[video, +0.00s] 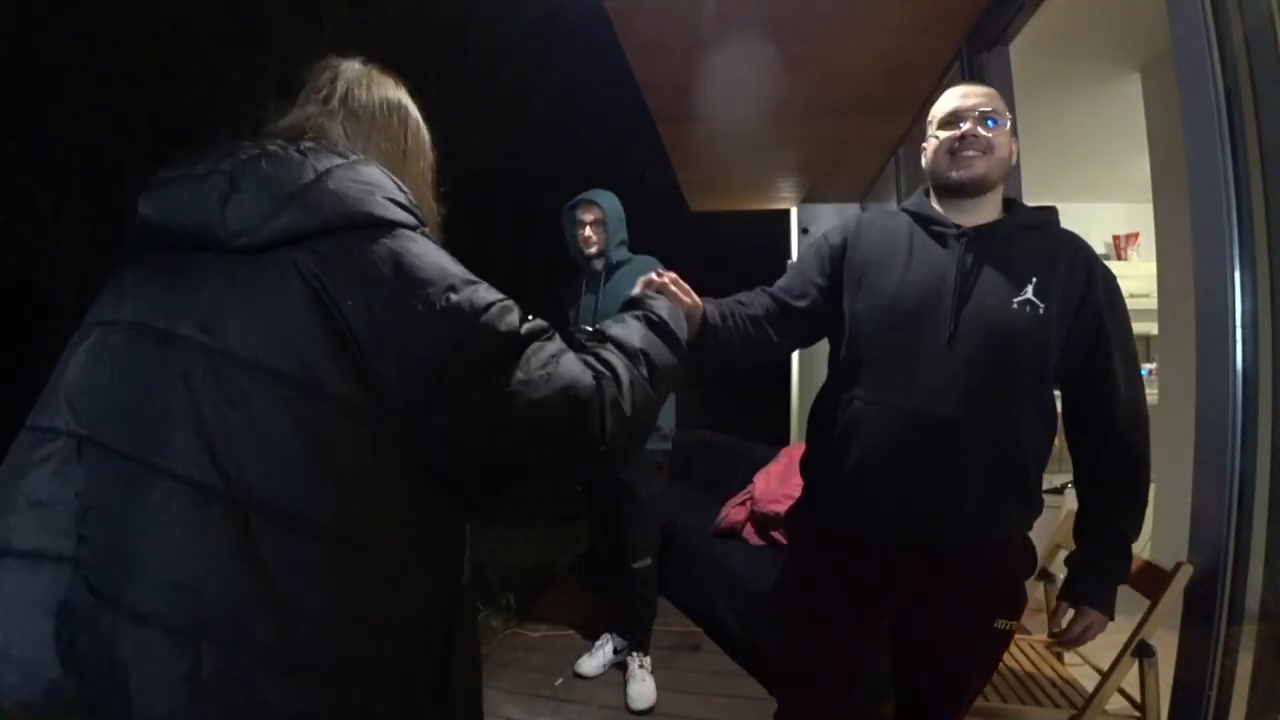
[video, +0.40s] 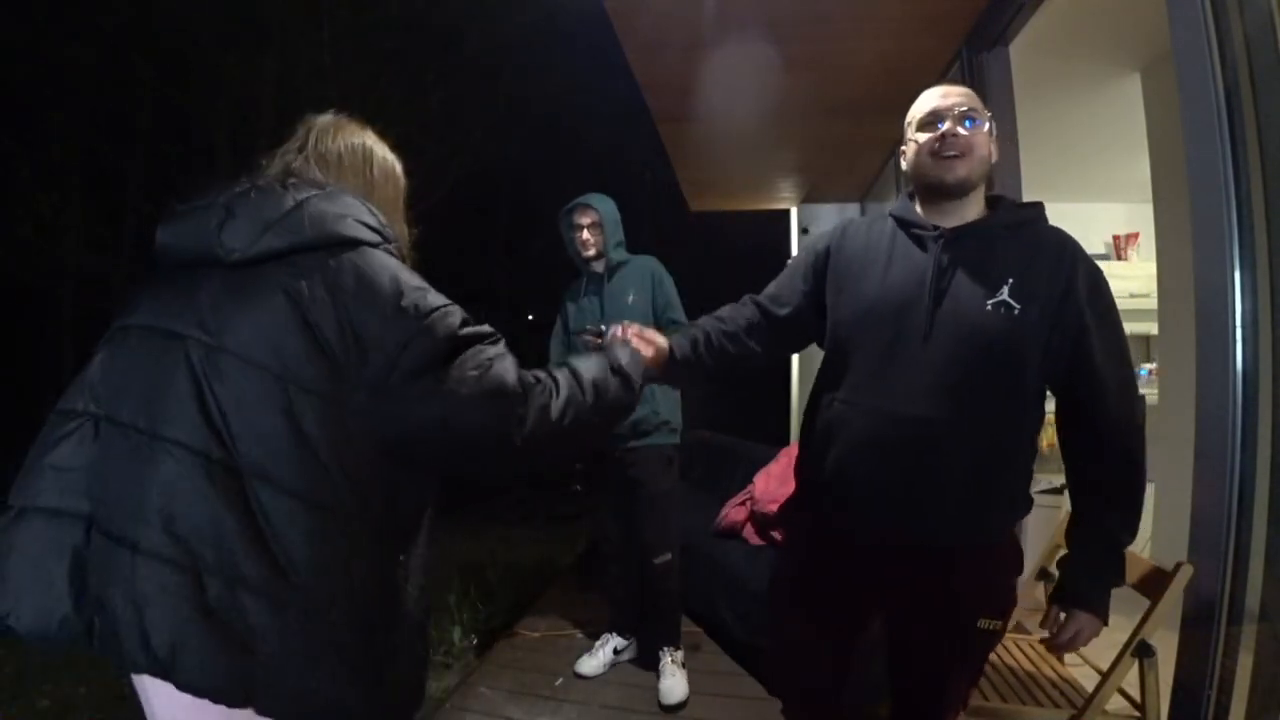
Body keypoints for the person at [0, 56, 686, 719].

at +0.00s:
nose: (424, 192)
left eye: (423, 176)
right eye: (420, 173)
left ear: (291, 139)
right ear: (395, 163)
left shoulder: (158, 255)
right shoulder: (377, 261)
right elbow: (565, 405)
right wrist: (660, 324)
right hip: (304, 667)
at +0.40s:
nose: (397, 224)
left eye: (397, 210)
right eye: (394, 209)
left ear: (284, 177)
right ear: (372, 199)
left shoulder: (191, 271)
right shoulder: (358, 277)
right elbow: (508, 409)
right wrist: (619, 366)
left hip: (151, 621)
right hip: (276, 640)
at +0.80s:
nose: (382, 223)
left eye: (382, 206)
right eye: (374, 202)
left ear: (301, 190)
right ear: (329, 194)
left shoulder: (204, 261)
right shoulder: (294, 281)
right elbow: (405, 421)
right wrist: (549, 417)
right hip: (194, 635)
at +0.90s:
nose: (366, 216)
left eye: (364, 196)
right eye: (355, 191)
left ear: (294, 187)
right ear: (303, 185)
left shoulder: (195, 257)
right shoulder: (257, 271)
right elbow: (362, 429)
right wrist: (532, 436)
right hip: (175, 635)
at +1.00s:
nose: (346, 202)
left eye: (345, 182)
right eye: (331, 176)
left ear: (273, 176)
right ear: (274, 171)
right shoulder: (211, 261)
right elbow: (294, 449)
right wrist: (482, 483)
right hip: (162, 664)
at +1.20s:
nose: (290, 179)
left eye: (291, 160)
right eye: (265, 150)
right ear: (188, 143)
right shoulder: (87, 254)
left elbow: (222, 489)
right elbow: (105, 512)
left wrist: (244, 653)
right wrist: (350, 594)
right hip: (93, 684)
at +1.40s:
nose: (220, 146)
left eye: (229, 129)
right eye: (185, 116)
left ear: (238, 146)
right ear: (98, 117)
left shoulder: (202, 287)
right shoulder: (21, 275)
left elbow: (223, 489)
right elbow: (16, 540)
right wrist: (262, 598)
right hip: (54, 682)